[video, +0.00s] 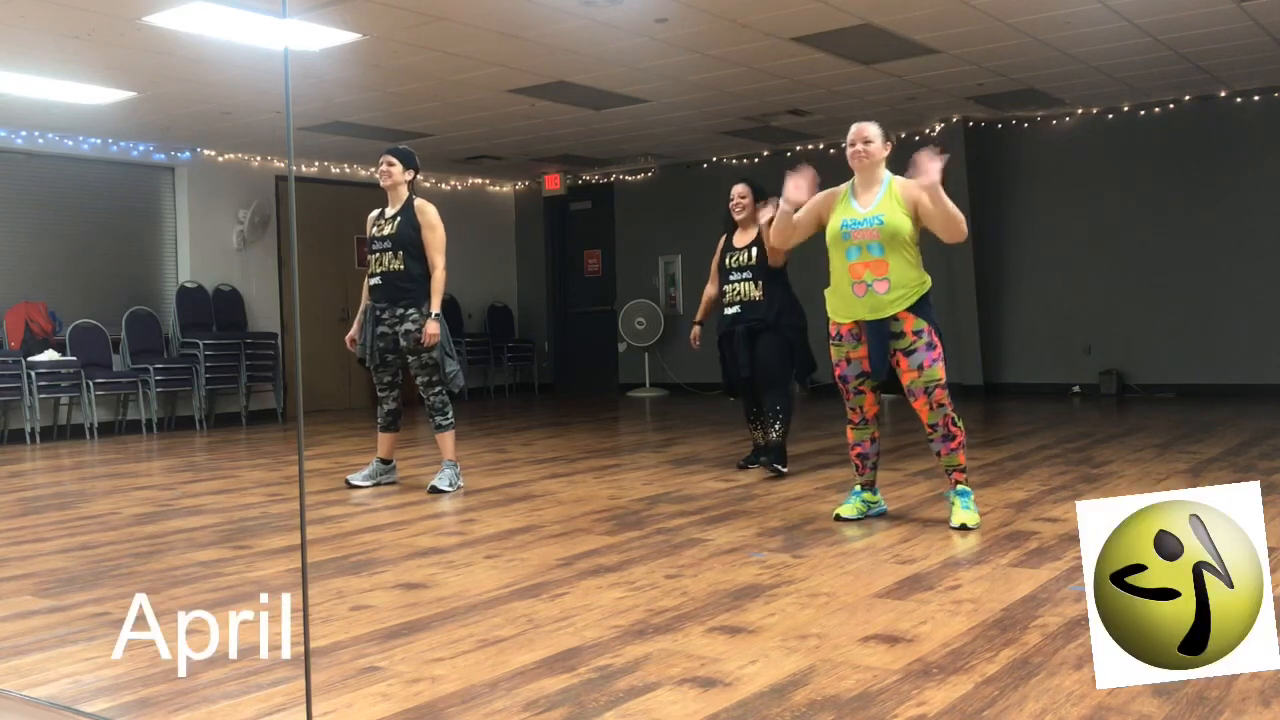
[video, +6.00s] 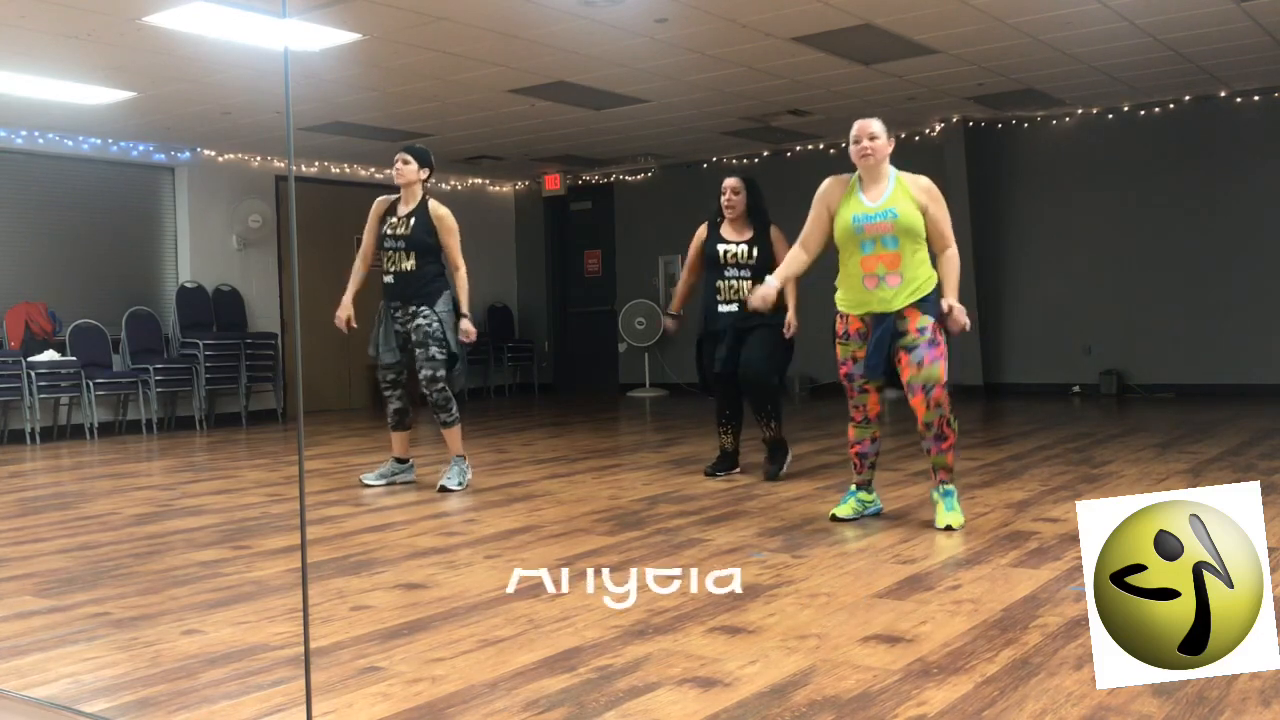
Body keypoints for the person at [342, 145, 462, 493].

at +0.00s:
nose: (382, 169)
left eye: (390, 165)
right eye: (381, 165)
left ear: (410, 174)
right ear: (378, 173)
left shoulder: (423, 210)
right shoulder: (374, 218)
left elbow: (438, 267)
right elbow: (373, 274)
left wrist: (434, 316)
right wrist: (358, 321)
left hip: (414, 314)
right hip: (378, 316)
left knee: (432, 391)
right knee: (386, 392)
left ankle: (450, 466)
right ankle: (384, 464)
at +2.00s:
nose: (377, 174)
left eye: (386, 171)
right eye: (377, 169)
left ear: (402, 183)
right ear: (374, 179)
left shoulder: (417, 218)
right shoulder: (361, 222)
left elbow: (437, 270)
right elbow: (355, 275)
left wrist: (445, 315)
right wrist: (324, 308)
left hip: (413, 311)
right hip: (375, 315)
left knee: (416, 376)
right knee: (367, 383)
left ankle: (447, 457)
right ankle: (383, 464)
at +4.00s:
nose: (400, 174)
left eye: (408, 168)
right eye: (399, 169)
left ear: (428, 176)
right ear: (399, 177)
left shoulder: (441, 208)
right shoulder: (401, 221)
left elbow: (452, 264)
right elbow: (407, 280)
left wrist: (433, 309)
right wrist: (383, 315)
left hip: (436, 310)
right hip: (404, 311)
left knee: (439, 385)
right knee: (370, 372)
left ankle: (459, 465)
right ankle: (387, 451)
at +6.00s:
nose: (397, 168)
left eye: (405, 163)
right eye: (395, 163)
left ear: (424, 172)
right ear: (392, 171)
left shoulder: (439, 214)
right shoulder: (382, 207)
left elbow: (457, 267)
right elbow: (364, 257)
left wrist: (464, 315)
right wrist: (347, 298)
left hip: (430, 310)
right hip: (392, 311)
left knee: (433, 383)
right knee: (392, 384)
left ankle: (459, 462)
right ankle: (400, 463)